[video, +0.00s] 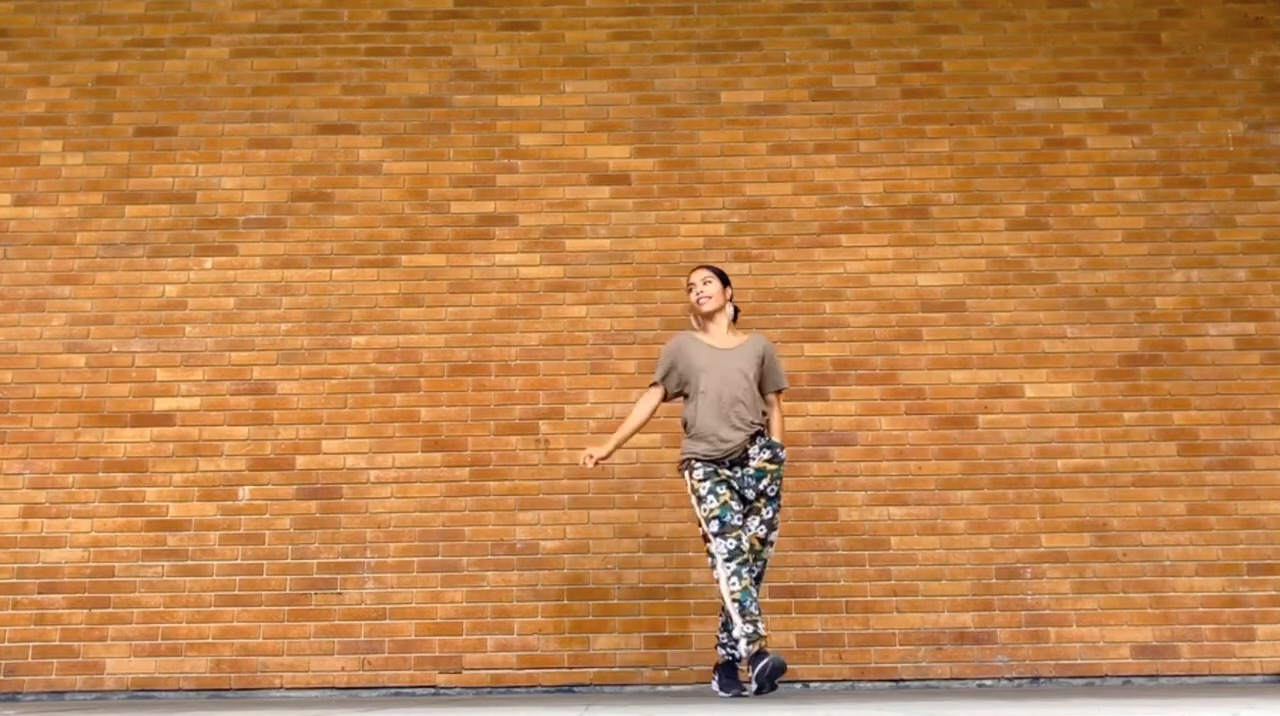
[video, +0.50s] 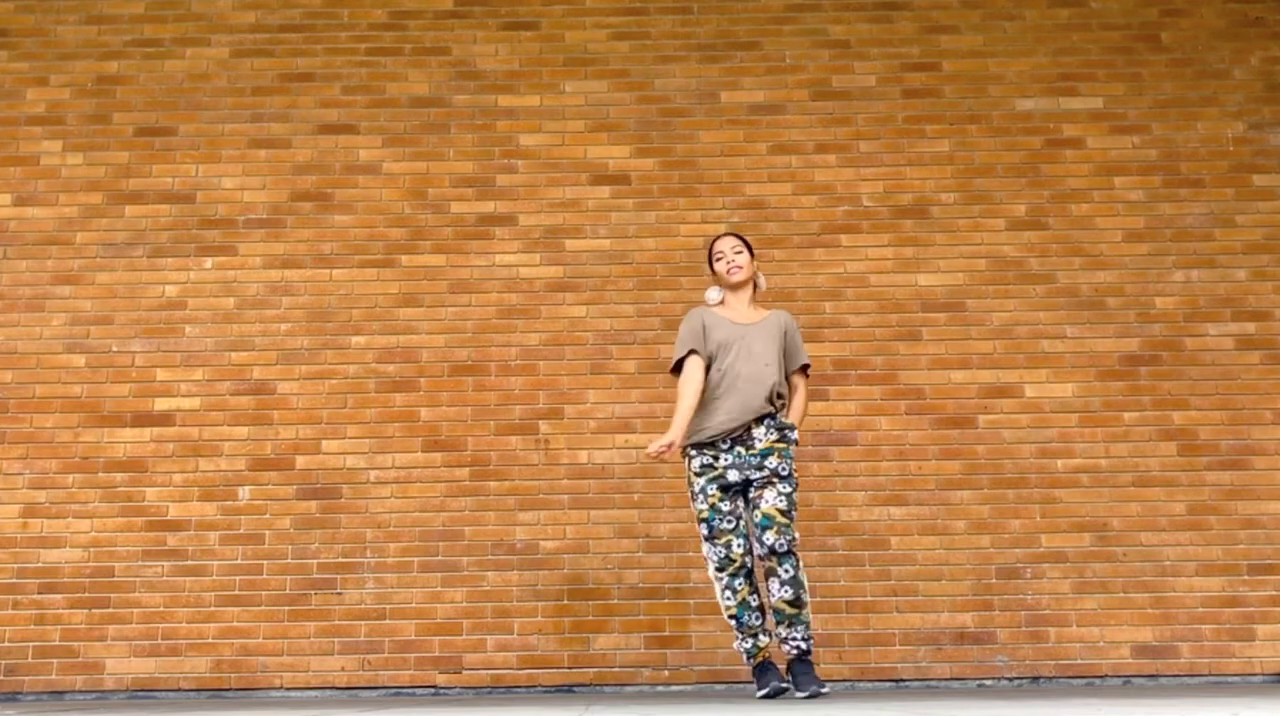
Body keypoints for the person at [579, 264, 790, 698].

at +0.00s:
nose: (698, 292)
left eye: (707, 284)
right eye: (692, 289)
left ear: (729, 293)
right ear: (689, 304)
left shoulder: (758, 346)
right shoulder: (681, 348)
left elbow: (773, 407)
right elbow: (649, 400)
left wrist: (774, 453)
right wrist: (609, 446)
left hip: (757, 463)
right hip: (706, 465)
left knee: (753, 556)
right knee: (730, 549)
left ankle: (728, 660)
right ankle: (757, 655)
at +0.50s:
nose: (730, 260)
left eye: (737, 252)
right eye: (720, 258)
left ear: (755, 263)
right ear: (713, 273)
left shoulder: (780, 321)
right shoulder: (699, 319)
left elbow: (799, 384)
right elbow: (691, 377)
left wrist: (788, 429)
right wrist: (676, 434)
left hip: (769, 445)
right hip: (710, 452)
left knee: (778, 545)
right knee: (730, 557)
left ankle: (800, 658)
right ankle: (761, 663)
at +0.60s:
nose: (731, 252)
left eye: (740, 246)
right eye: (722, 247)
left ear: (755, 260)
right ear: (711, 263)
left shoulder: (778, 314)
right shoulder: (699, 313)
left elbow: (795, 380)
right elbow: (711, 350)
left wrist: (790, 422)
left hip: (769, 435)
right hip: (711, 444)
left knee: (775, 534)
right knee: (731, 552)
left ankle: (791, 653)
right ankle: (762, 661)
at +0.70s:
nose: (733, 249)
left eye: (742, 243)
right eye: (723, 243)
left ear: (755, 257)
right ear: (711, 260)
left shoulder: (779, 312)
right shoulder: (697, 306)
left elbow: (795, 378)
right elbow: (723, 341)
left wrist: (791, 425)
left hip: (771, 432)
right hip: (714, 441)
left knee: (770, 525)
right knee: (732, 546)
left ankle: (773, 647)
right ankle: (764, 650)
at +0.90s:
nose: (734, 233)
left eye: (741, 228)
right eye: (723, 229)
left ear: (755, 244)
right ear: (709, 247)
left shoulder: (779, 306)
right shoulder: (699, 289)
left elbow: (792, 381)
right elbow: (732, 342)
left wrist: (787, 434)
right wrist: (804, 363)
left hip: (772, 427)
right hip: (712, 432)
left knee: (771, 534)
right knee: (724, 541)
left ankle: (772, 656)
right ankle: (744, 640)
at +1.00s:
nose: (731, 228)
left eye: (739, 222)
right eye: (721, 224)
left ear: (753, 237)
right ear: (708, 242)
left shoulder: (776, 300)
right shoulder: (694, 290)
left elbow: (788, 370)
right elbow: (688, 363)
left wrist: (793, 423)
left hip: (775, 427)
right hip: (716, 428)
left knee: (773, 540)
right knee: (711, 534)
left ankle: (770, 661)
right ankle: (700, 648)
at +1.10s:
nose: (728, 222)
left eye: (735, 216)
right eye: (717, 218)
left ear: (749, 232)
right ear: (703, 238)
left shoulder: (771, 298)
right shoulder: (683, 288)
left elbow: (782, 370)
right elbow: (634, 346)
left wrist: (793, 417)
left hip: (771, 423)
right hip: (707, 424)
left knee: (779, 537)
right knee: (702, 523)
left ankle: (774, 659)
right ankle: (666, 639)